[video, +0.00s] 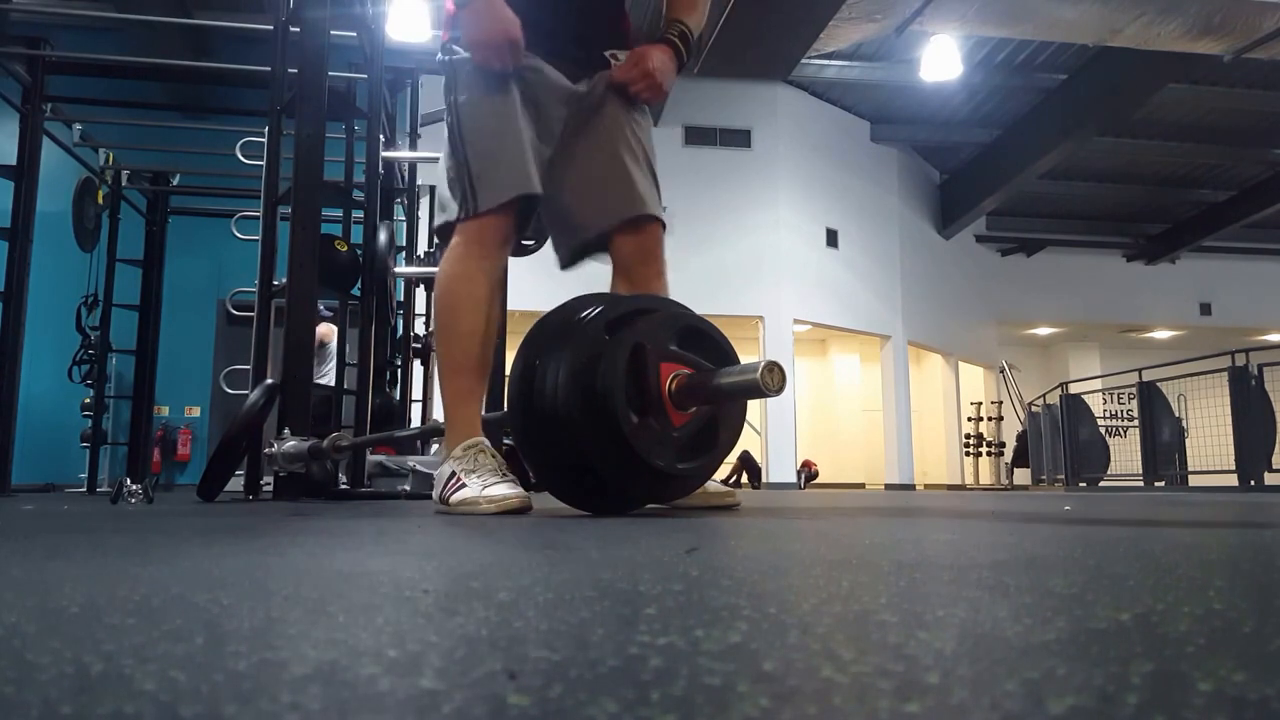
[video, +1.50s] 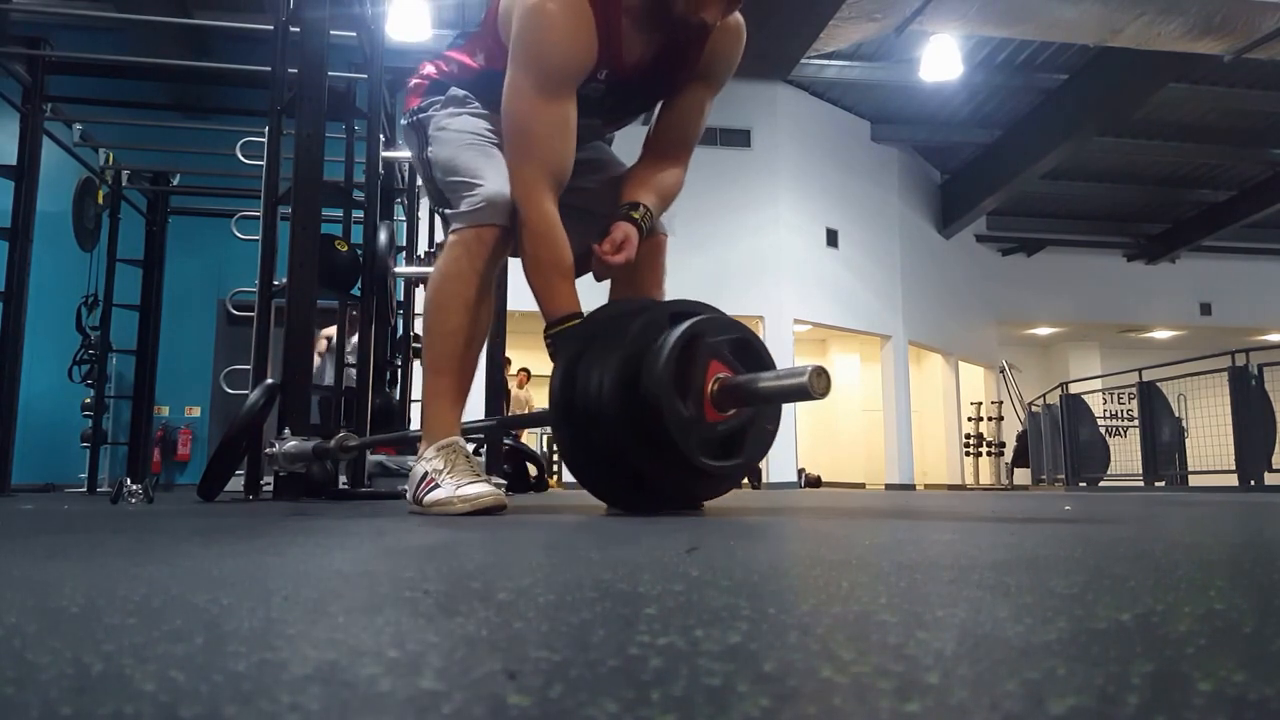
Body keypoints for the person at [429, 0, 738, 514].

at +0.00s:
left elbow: (692, 4)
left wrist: (674, 44)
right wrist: (474, 2)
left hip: (605, 56)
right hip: (502, 36)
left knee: (642, 231)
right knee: (490, 217)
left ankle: (659, 460)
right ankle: (464, 451)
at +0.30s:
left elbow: (717, 4)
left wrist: (686, 108)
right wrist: (498, 69)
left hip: (605, 75)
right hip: (495, 58)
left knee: (633, 242)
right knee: (482, 219)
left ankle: (652, 455)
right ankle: (443, 440)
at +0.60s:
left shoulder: (700, 3)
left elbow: (680, 86)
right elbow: (518, 94)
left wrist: (659, 186)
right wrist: (538, 270)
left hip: (565, 99)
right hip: (460, 77)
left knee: (631, 235)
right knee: (468, 208)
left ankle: (646, 454)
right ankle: (438, 452)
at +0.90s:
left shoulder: (721, 19)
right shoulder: (547, 10)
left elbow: (666, 144)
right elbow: (524, 167)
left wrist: (622, 219)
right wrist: (546, 318)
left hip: (578, 118)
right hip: (467, 92)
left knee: (650, 237)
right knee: (479, 210)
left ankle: (646, 457)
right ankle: (438, 453)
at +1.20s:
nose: (722, 7)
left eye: (732, 3)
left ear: (740, 3)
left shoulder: (729, 29)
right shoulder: (558, 11)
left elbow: (672, 155)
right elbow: (533, 174)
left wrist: (635, 215)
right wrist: (558, 325)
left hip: (579, 122)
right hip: (471, 97)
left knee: (650, 238)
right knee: (490, 208)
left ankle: (647, 454)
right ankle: (439, 453)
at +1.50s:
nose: (718, 11)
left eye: (730, 3)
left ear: (738, 2)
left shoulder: (724, 32)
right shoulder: (558, 14)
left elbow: (668, 155)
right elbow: (536, 191)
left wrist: (634, 214)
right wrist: (570, 345)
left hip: (572, 122)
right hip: (464, 98)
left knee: (646, 238)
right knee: (491, 207)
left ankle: (641, 453)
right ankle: (440, 453)